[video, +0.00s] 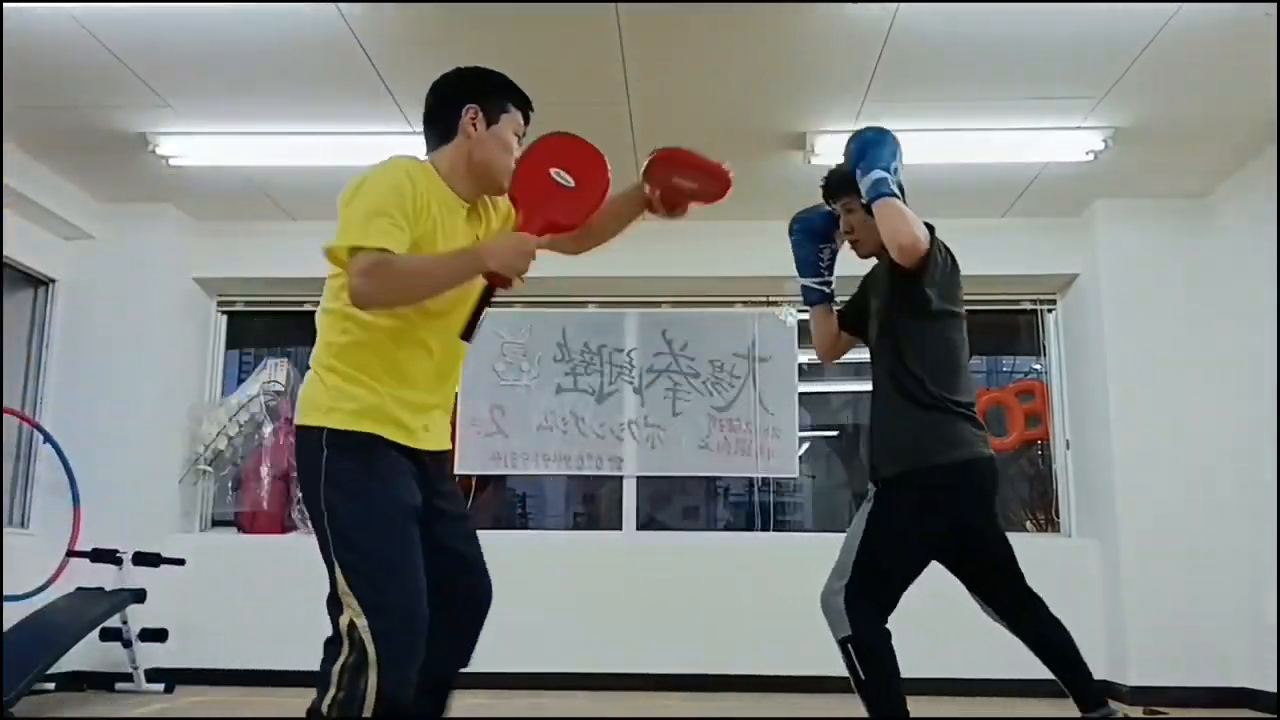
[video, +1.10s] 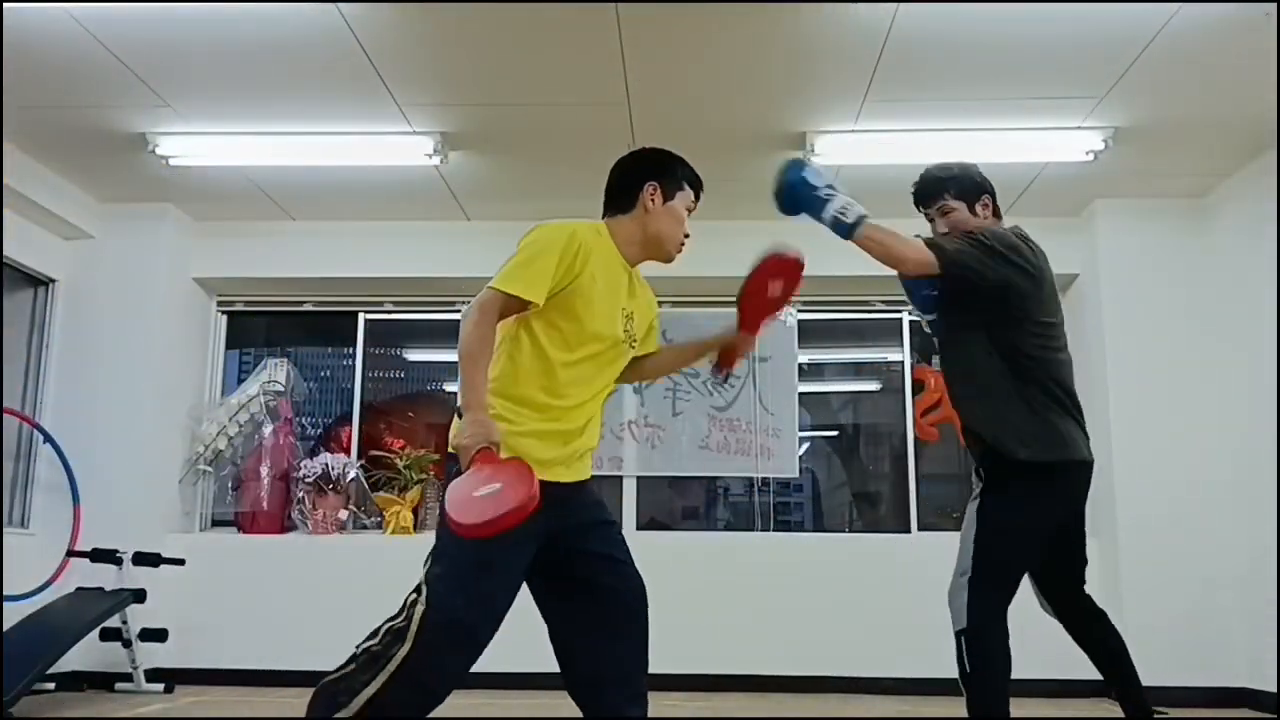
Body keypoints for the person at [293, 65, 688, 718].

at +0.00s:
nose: (521, 152)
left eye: (524, 139)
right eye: (515, 133)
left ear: (476, 128)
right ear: (473, 123)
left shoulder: (495, 212)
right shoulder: (394, 183)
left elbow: (574, 236)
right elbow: (369, 284)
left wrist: (643, 197)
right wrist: (482, 256)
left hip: (421, 441)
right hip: (346, 431)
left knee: (462, 594)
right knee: (388, 619)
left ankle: (411, 710)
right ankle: (339, 711)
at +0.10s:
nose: (555, 183)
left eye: (558, 168)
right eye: (550, 162)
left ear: (511, 153)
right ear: (507, 148)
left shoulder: (523, 239)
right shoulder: (416, 213)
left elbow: (558, 331)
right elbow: (388, 321)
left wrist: (621, 311)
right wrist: (505, 309)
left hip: (455, 456)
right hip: (382, 446)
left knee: (508, 610)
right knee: (426, 630)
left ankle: (534, 712)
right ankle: (367, 713)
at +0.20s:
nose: (591, 212)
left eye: (594, 198)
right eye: (587, 192)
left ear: (548, 183)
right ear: (546, 177)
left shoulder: (537, 283)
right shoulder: (450, 236)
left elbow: (529, 384)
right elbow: (382, 330)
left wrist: (634, 365)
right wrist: (495, 367)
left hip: (500, 479)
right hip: (423, 474)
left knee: (563, 629)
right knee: (466, 645)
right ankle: (389, 714)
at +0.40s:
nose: (637, 246)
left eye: (640, 232)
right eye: (637, 227)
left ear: (600, 212)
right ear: (610, 210)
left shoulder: (559, 287)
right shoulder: (535, 253)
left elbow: (580, 356)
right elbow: (466, 343)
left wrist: (623, 285)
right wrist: (516, 450)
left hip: (536, 490)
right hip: (481, 487)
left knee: (614, 636)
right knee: (517, 658)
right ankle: (422, 712)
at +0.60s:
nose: (646, 239)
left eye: (651, 224)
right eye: (647, 219)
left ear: (592, 204)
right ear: (619, 204)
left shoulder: (539, 257)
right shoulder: (564, 241)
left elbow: (578, 336)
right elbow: (538, 336)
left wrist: (613, 269)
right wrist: (615, 436)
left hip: (526, 484)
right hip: (488, 477)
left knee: (588, 621)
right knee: (478, 656)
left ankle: (604, 715)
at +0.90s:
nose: (696, 229)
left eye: (700, 217)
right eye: (694, 211)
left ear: (655, 204)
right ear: (659, 200)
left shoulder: (632, 290)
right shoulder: (578, 246)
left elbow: (668, 323)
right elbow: (504, 325)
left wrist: (695, 254)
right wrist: (543, 410)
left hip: (570, 488)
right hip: (502, 474)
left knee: (615, 618)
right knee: (453, 630)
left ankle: (617, 717)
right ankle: (374, 713)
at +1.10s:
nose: (690, 230)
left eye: (692, 216)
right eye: (687, 211)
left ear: (652, 203)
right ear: (652, 199)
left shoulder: (640, 297)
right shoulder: (566, 242)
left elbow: (638, 367)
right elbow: (482, 313)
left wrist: (714, 344)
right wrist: (475, 412)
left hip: (570, 488)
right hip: (503, 477)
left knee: (614, 615)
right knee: (443, 630)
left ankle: (619, 716)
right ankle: (335, 709)